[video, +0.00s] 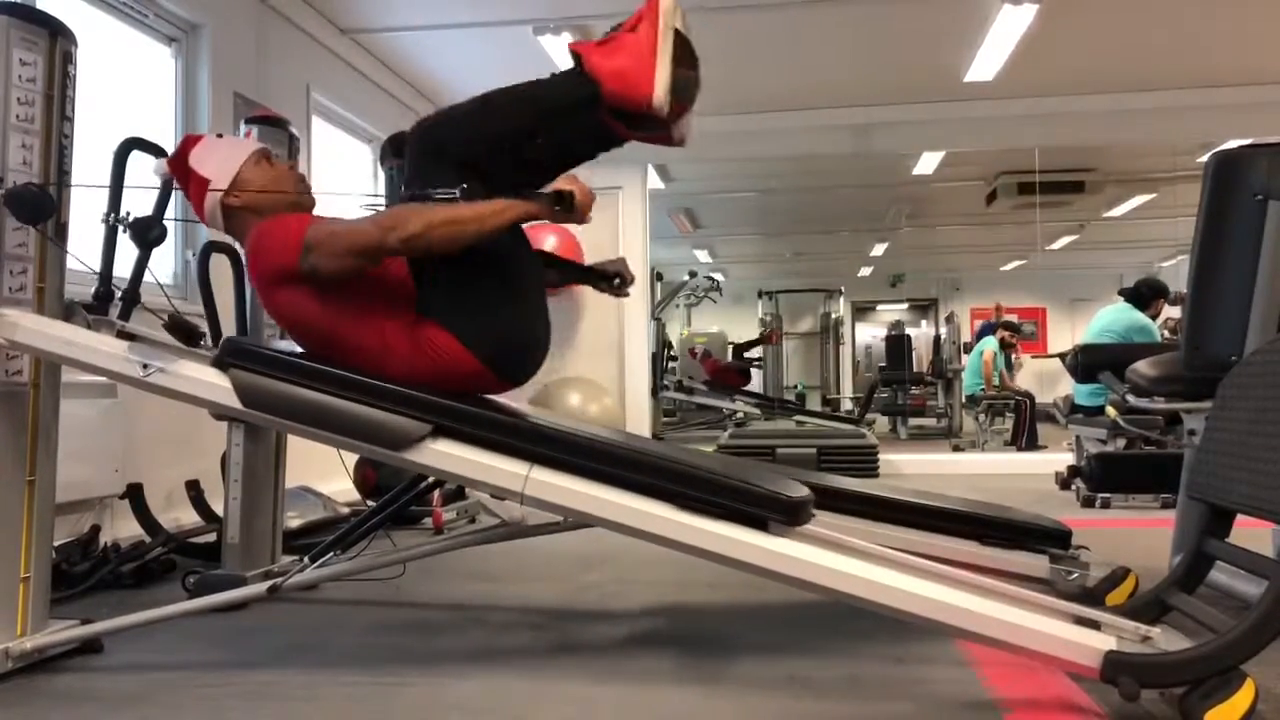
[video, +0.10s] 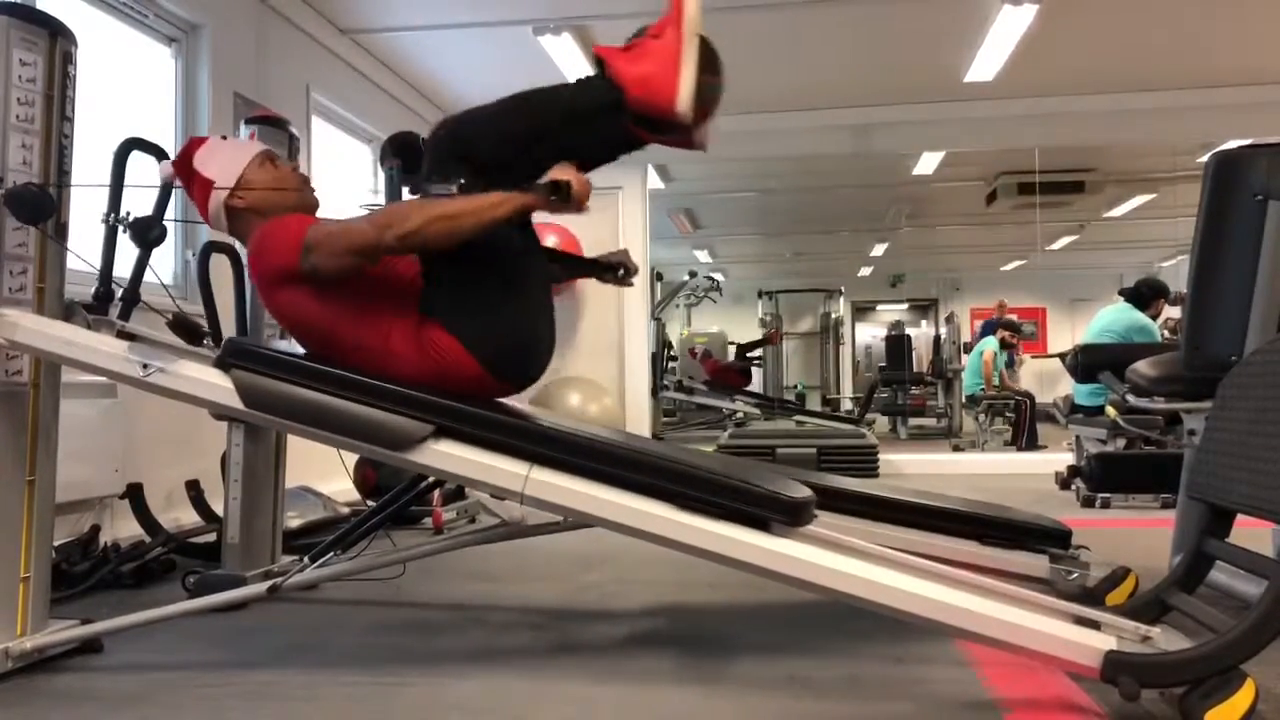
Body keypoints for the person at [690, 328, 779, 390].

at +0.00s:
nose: (709, 351)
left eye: (707, 350)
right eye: (707, 351)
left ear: (701, 359)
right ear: (706, 354)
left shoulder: (710, 367)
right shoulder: (712, 365)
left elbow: (731, 366)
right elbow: (731, 365)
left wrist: (753, 360)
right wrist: (751, 365)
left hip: (740, 380)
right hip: (742, 378)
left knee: (736, 349)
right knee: (737, 349)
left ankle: (765, 339)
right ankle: (766, 339)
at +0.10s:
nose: (710, 352)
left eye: (708, 351)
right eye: (708, 351)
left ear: (701, 359)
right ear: (707, 354)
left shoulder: (710, 367)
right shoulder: (712, 365)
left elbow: (732, 365)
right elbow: (732, 364)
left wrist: (755, 359)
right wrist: (753, 364)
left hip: (741, 380)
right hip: (742, 378)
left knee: (740, 349)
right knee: (740, 350)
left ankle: (768, 340)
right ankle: (769, 340)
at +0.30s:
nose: (710, 350)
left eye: (707, 350)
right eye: (707, 350)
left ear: (703, 359)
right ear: (706, 355)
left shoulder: (713, 369)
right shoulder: (716, 366)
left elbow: (732, 360)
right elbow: (736, 359)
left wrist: (746, 350)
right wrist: (749, 350)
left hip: (746, 384)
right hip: (749, 381)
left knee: (753, 354)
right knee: (754, 354)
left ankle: (780, 344)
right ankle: (782, 344)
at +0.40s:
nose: (716, 355)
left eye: (714, 354)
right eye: (713, 355)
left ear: (708, 362)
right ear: (712, 359)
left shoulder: (718, 370)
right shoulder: (720, 369)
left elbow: (735, 358)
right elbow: (736, 358)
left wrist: (745, 344)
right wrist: (747, 343)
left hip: (750, 384)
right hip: (753, 384)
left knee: (764, 356)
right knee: (764, 355)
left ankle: (793, 349)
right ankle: (794, 349)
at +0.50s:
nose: (721, 357)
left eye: (719, 356)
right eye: (718, 357)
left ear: (712, 364)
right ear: (716, 361)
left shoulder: (724, 371)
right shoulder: (725, 371)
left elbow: (738, 356)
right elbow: (739, 355)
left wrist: (742, 340)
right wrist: (743, 339)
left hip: (757, 385)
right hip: (759, 383)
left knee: (774, 358)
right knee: (774, 357)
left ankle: (802, 353)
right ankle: (803, 352)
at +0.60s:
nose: (725, 350)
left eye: (724, 348)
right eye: (723, 348)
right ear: (723, 357)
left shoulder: (727, 371)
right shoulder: (730, 372)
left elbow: (740, 357)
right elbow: (741, 357)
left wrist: (738, 340)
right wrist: (740, 339)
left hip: (763, 384)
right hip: (765, 385)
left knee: (783, 362)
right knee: (783, 362)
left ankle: (812, 356)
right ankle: (813, 356)